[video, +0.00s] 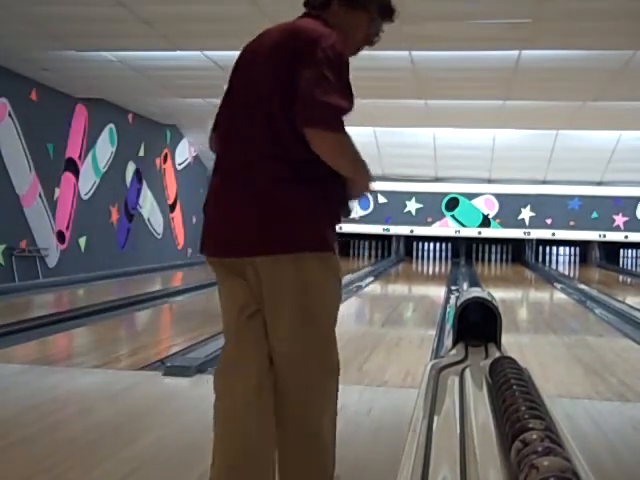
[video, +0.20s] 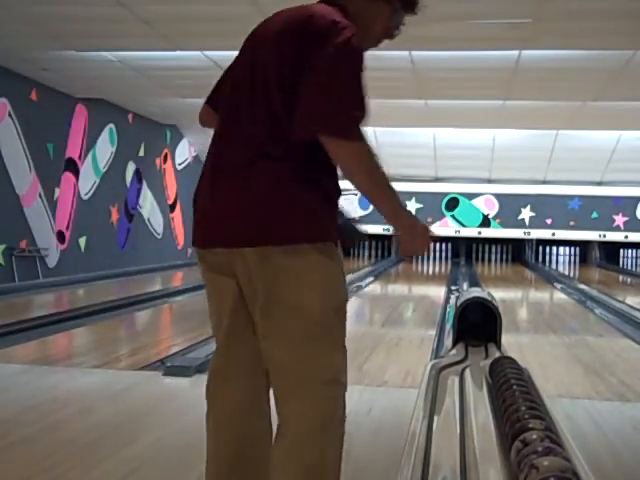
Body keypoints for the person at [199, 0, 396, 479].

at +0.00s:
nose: (374, 38)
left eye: (380, 29)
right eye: (375, 24)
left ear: (324, 6)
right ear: (346, 7)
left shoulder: (262, 44)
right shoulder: (322, 42)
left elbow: (221, 137)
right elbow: (322, 128)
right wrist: (359, 174)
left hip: (229, 233)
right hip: (290, 236)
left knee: (243, 373)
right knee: (307, 372)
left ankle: (237, 476)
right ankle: (307, 473)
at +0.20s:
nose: (393, 35)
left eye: (400, 24)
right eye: (398, 18)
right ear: (375, 2)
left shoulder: (274, 27)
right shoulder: (335, 34)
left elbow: (212, 111)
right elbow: (338, 133)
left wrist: (287, 146)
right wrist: (401, 217)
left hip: (218, 225)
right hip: (288, 229)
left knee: (236, 383)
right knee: (310, 393)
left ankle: (232, 475)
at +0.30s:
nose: (414, 38)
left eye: (421, 27)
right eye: (416, 21)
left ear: (376, 2)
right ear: (386, 6)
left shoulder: (287, 26)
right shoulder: (352, 44)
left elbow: (214, 101)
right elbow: (386, 169)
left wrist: (285, 143)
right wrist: (444, 258)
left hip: (214, 227)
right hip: (286, 233)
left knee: (233, 382)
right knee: (310, 396)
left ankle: (231, 475)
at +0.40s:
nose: (436, 65)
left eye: (444, 52)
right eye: (439, 45)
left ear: (391, 13)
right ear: (411, 21)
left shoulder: (307, 29)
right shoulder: (384, 65)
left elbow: (218, 94)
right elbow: (429, 197)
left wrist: (279, 147)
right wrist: (481, 299)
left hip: (209, 235)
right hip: (289, 243)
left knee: (224, 400)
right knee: (307, 410)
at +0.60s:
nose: (478, 123)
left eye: (488, 115)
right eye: (485, 110)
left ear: (442, 58)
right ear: (466, 75)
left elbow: (240, 77)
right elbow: (474, 248)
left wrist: (272, 165)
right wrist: (522, 371)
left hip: (192, 215)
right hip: (285, 235)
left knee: (208, 397)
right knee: (317, 417)